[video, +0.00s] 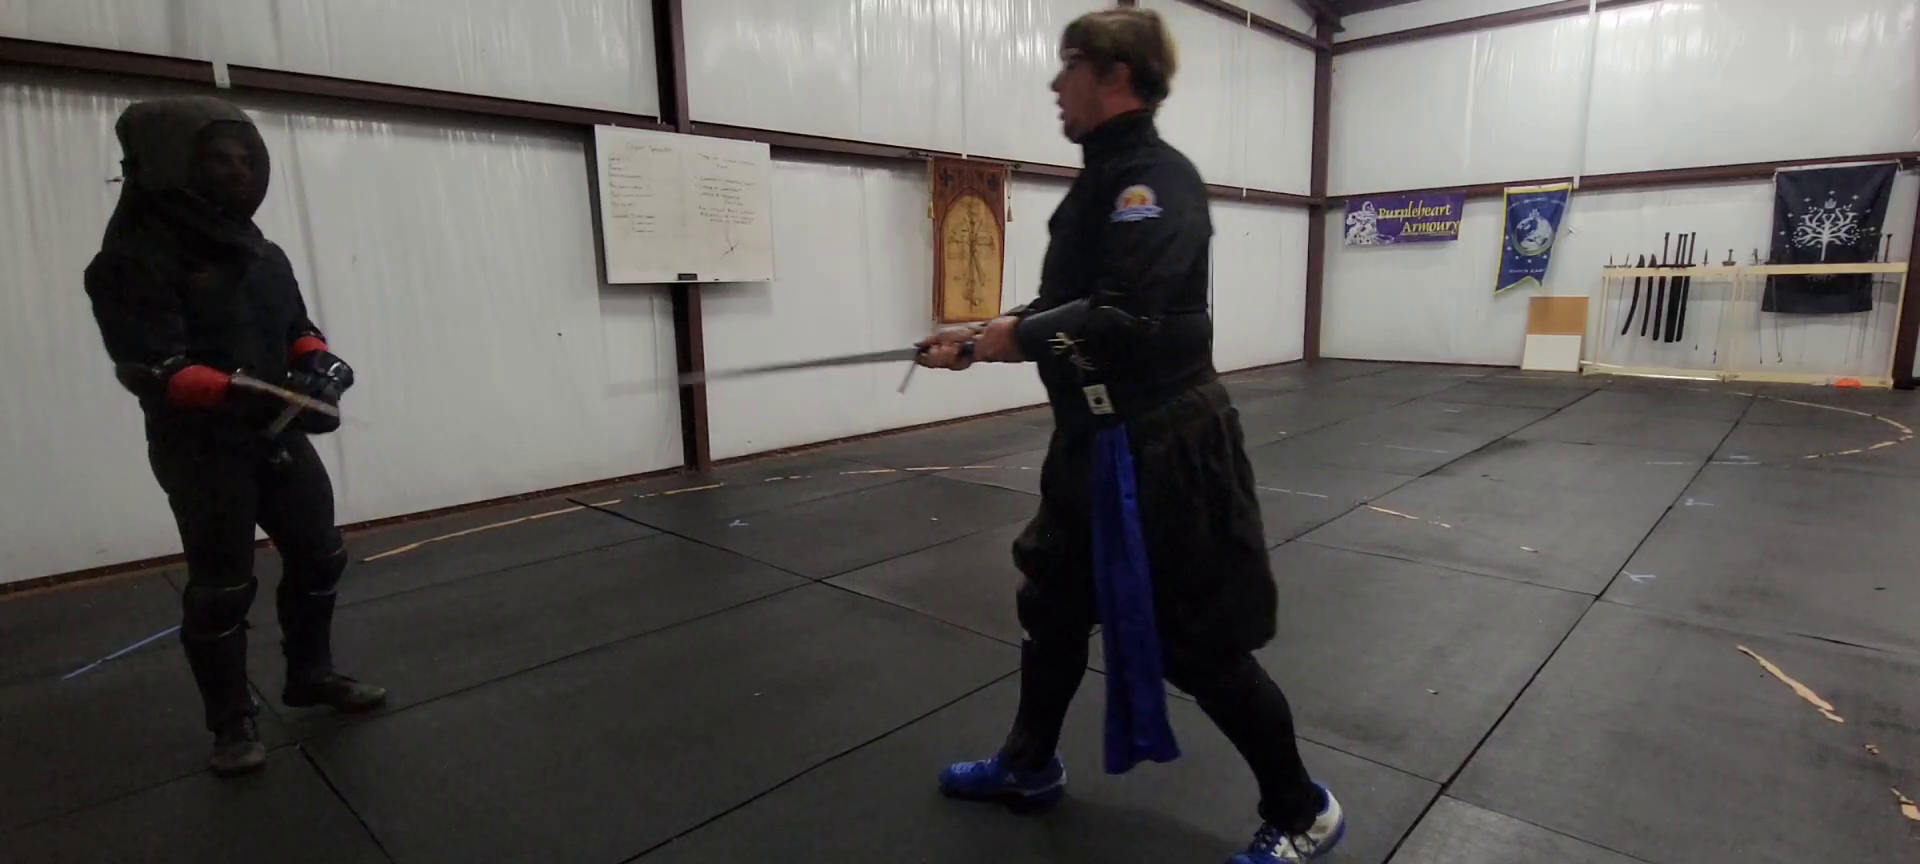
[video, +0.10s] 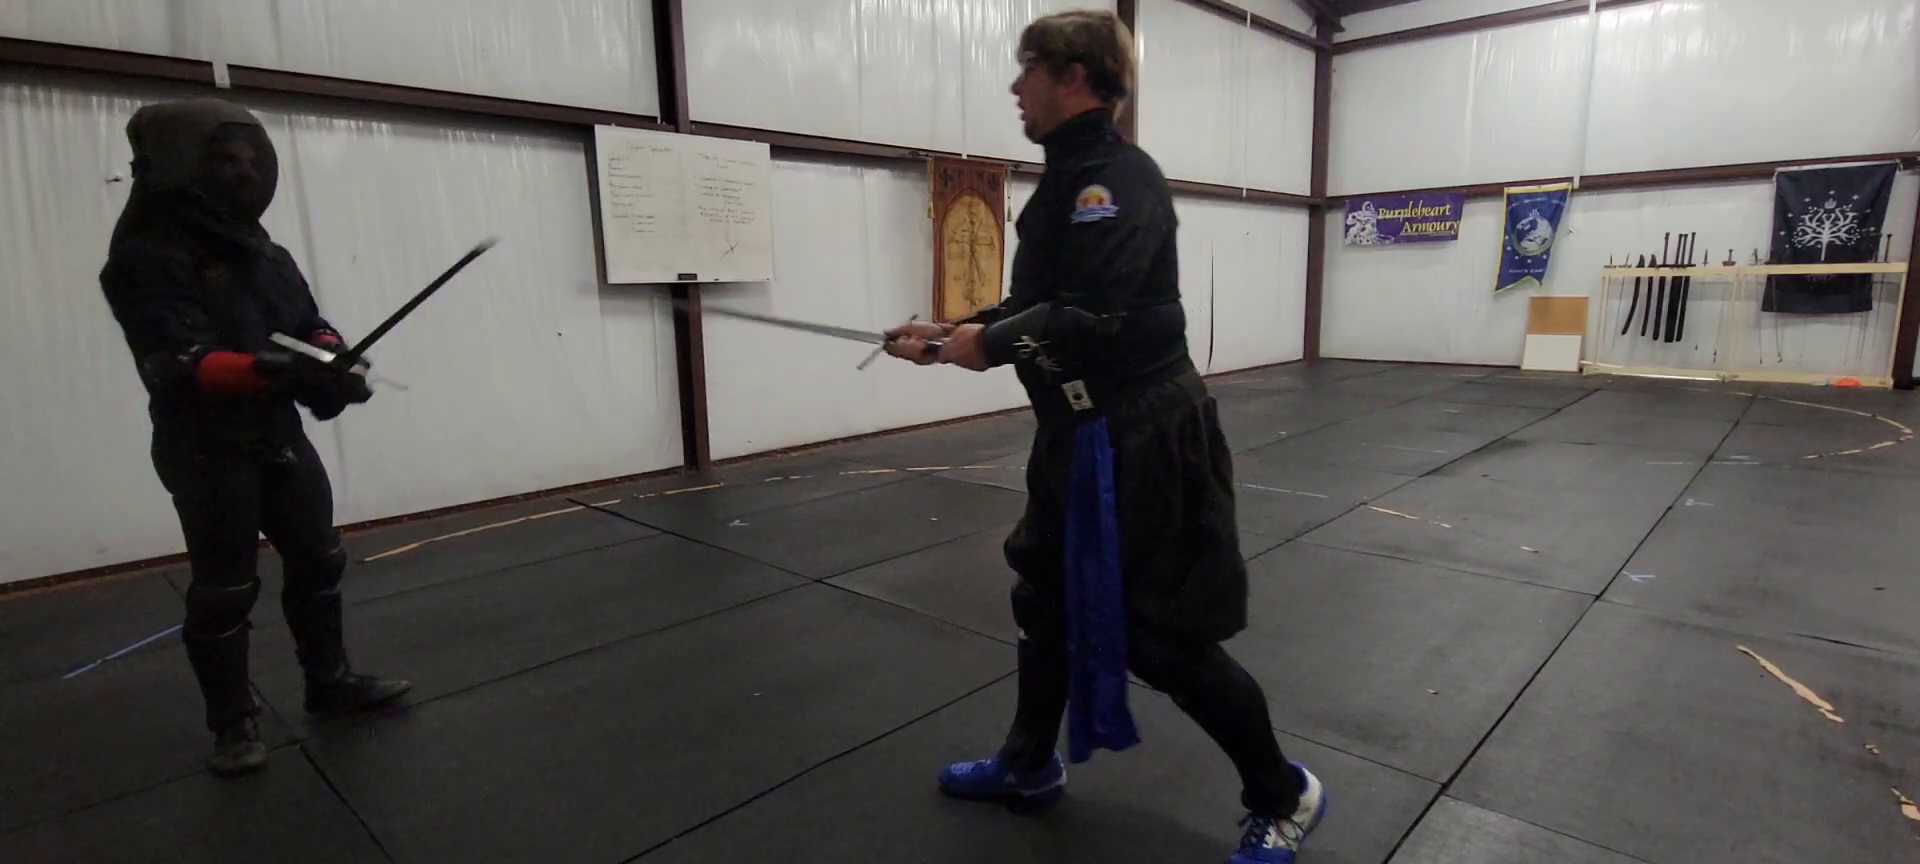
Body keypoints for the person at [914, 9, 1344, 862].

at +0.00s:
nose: (1056, 85)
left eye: (1071, 69)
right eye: (1061, 69)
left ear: (1121, 81)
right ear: (1115, 83)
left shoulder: (1155, 179)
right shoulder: (1100, 181)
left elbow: (1135, 314)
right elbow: (1073, 309)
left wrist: (1015, 338)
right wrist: (982, 339)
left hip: (1164, 439)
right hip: (1095, 436)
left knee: (1190, 638)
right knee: (1054, 601)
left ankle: (1300, 809)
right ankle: (1028, 765)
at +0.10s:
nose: (1015, 87)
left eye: (1028, 71)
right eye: (1019, 70)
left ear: (1079, 82)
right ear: (1070, 84)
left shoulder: (1114, 176)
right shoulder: (1061, 184)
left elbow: (1096, 309)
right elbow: (1038, 306)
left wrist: (988, 343)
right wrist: (953, 328)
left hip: (1144, 427)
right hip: (1077, 427)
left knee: (1154, 634)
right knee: (1044, 596)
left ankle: (1283, 795)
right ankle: (1030, 764)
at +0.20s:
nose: (989, 89)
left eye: (1000, 73)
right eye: (992, 73)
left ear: (1048, 81)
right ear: (1043, 83)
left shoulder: (1088, 177)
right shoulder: (1035, 183)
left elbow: (1067, 309)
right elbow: (1014, 305)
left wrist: (959, 338)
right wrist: (935, 322)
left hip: (1129, 422)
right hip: (1065, 422)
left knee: (1128, 632)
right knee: (1039, 595)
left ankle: (1254, 785)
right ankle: (1029, 762)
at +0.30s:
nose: (977, 90)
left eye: (989, 75)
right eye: (979, 75)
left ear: (1035, 81)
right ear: (1032, 84)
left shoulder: (1077, 172)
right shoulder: (1025, 177)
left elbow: (1046, 305)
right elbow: (998, 304)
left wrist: (936, 323)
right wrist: (913, 318)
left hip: (1115, 418)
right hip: (1057, 420)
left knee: (1108, 625)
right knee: (1033, 595)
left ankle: (1211, 800)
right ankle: (1027, 763)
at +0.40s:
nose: (972, 83)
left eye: (985, 68)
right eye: (976, 68)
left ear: (1030, 79)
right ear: (1027, 81)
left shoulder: (1071, 173)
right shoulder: (1022, 174)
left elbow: (1031, 309)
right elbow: (992, 310)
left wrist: (932, 321)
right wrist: (900, 322)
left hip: (1109, 421)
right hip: (1050, 421)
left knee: (1107, 624)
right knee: (1034, 594)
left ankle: (1172, 819)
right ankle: (1028, 761)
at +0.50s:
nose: (974, 81)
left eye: (987, 66)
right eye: (978, 66)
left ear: (1032, 76)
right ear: (1032, 79)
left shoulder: (1064, 172)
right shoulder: (1024, 169)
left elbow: (1022, 311)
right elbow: (982, 299)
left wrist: (933, 336)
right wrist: (888, 321)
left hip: (1104, 423)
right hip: (1053, 423)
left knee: (1108, 627)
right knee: (1036, 595)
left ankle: (1174, 824)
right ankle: (1028, 759)